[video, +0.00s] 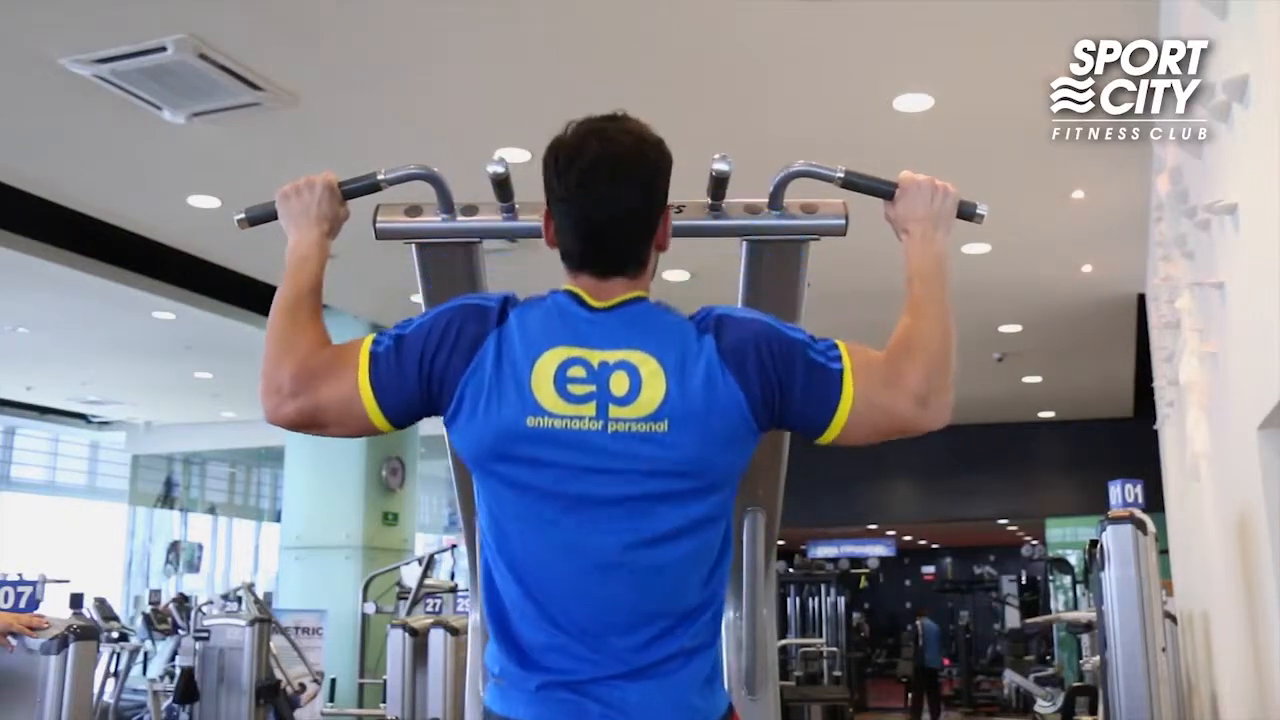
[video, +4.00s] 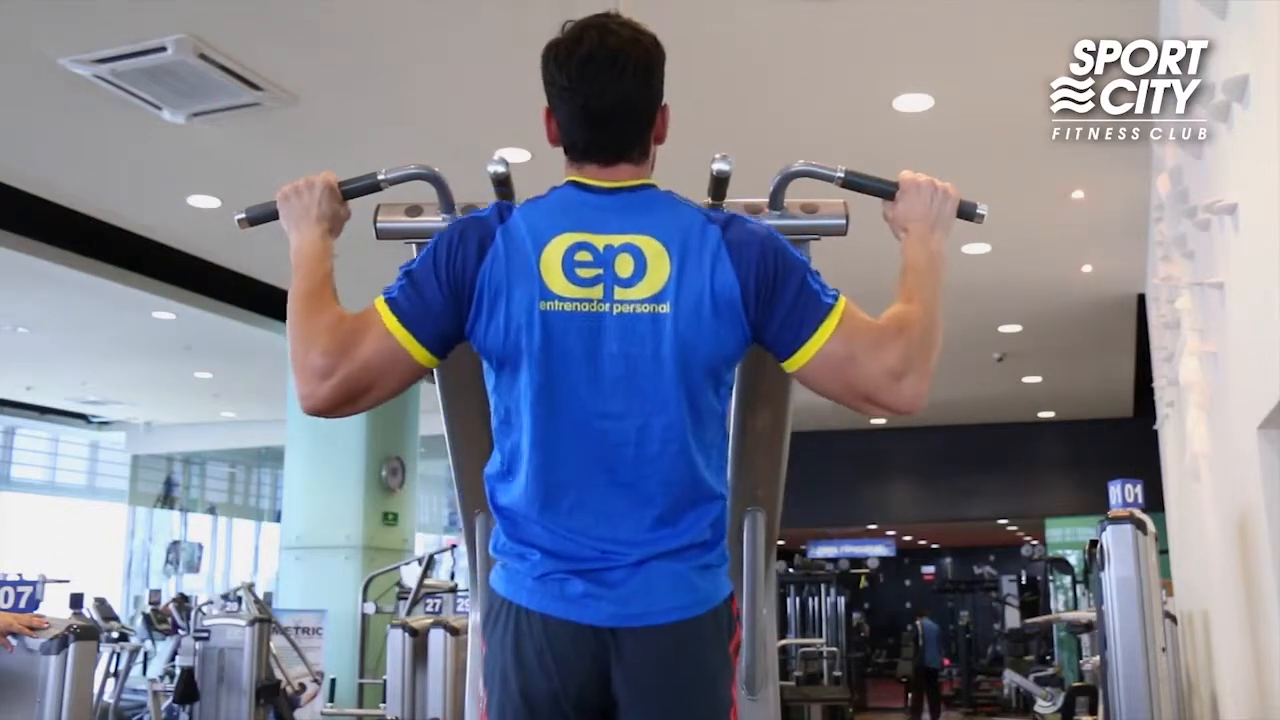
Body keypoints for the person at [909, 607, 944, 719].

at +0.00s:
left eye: (917, 616)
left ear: (917, 615)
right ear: (927, 615)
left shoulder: (917, 625)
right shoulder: (935, 626)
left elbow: (917, 644)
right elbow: (938, 645)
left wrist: (914, 659)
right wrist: (937, 660)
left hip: (921, 664)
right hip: (934, 664)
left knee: (918, 692)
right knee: (933, 692)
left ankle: (916, 715)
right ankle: (935, 715)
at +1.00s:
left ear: (917, 615)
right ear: (928, 615)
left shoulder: (917, 625)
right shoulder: (935, 626)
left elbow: (917, 644)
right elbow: (938, 645)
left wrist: (914, 659)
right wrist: (938, 660)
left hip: (921, 663)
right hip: (934, 664)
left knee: (917, 692)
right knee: (933, 692)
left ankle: (916, 715)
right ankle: (935, 715)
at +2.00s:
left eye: (917, 616)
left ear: (917, 615)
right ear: (927, 615)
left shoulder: (917, 625)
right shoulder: (935, 626)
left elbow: (917, 644)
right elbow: (938, 645)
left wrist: (914, 658)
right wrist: (938, 660)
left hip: (920, 663)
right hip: (934, 664)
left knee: (917, 692)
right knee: (933, 692)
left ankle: (916, 714)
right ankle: (935, 715)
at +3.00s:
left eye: (917, 616)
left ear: (917, 615)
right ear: (927, 615)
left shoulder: (917, 625)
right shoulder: (935, 626)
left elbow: (917, 644)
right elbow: (938, 645)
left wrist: (914, 658)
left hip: (921, 663)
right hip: (934, 664)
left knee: (918, 692)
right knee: (933, 691)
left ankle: (916, 714)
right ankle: (935, 715)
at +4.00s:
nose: (916, 618)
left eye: (916, 616)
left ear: (917, 615)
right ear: (928, 614)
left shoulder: (917, 625)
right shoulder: (935, 627)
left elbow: (917, 644)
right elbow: (938, 645)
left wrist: (914, 659)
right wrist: (939, 659)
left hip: (921, 663)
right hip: (934, 664)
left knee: (918, 692)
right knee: (933, 691)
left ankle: (916, 715)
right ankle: (935, 715)